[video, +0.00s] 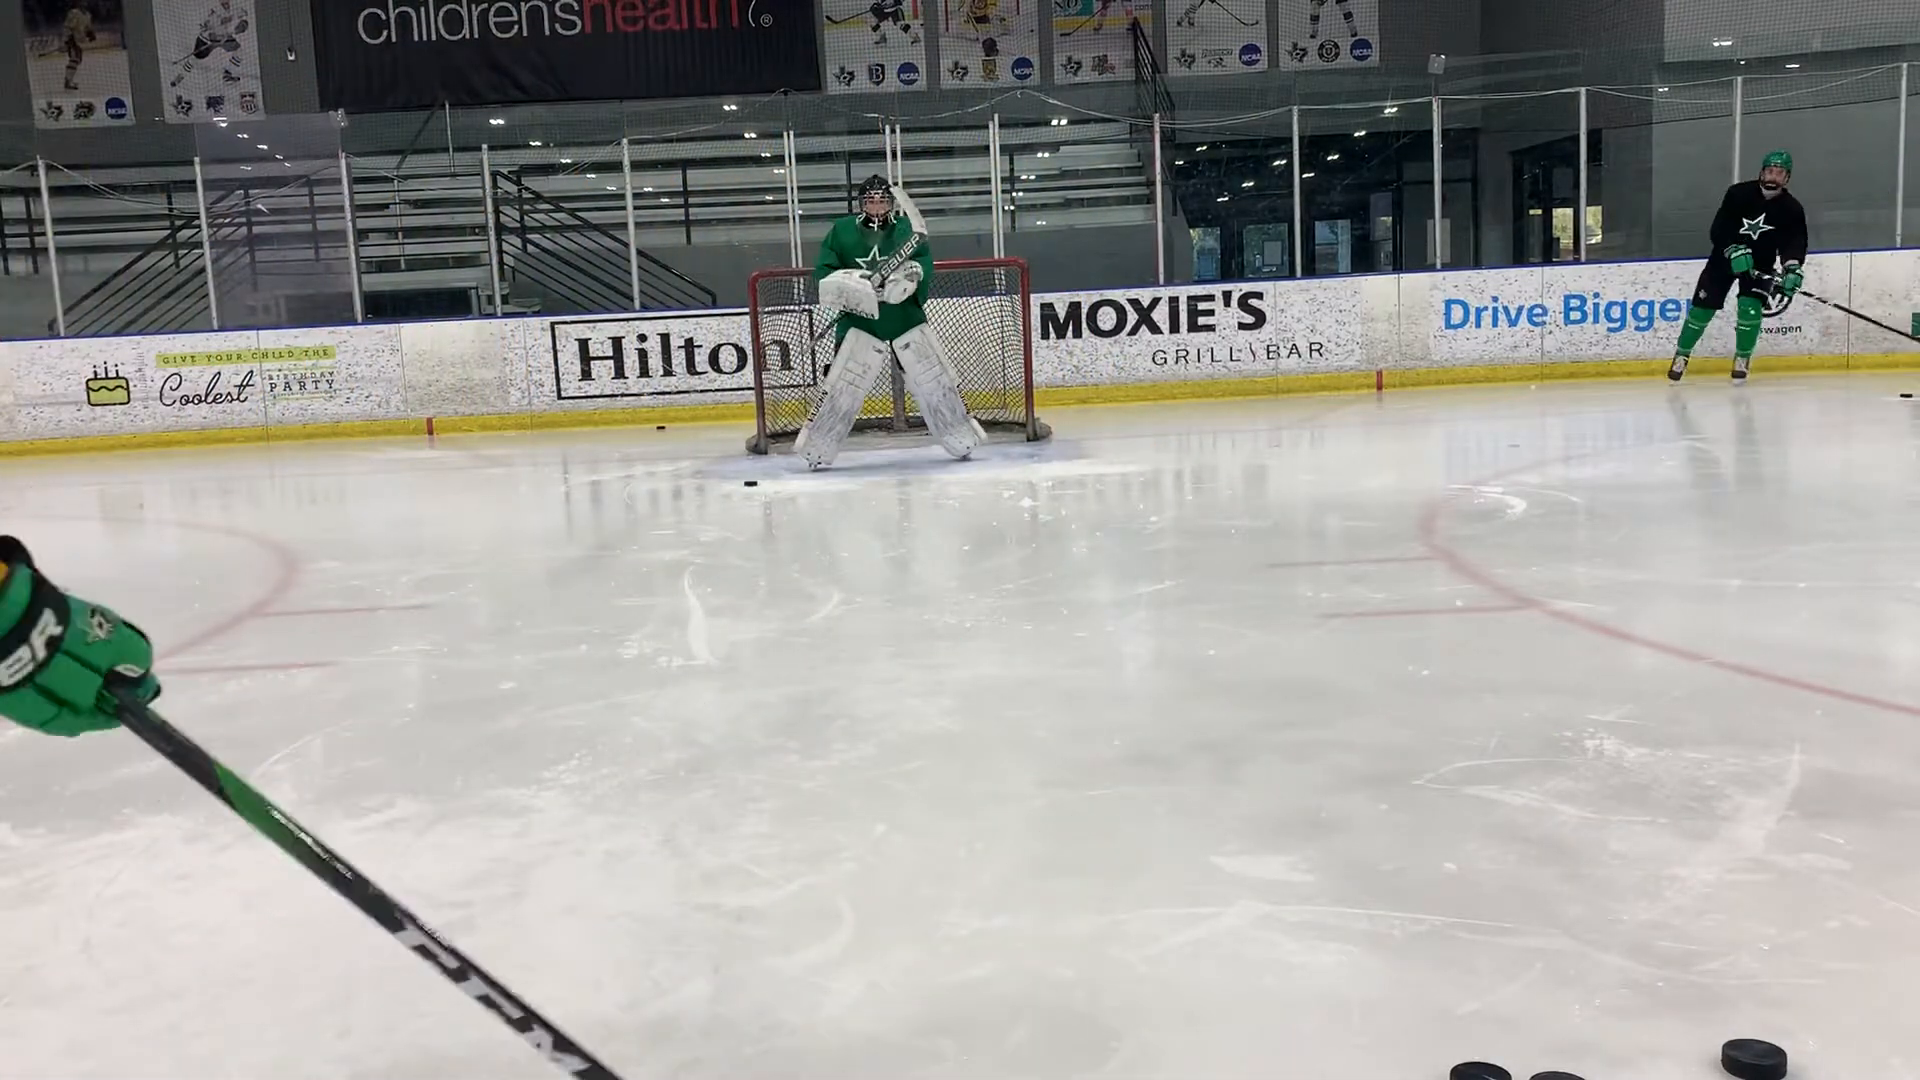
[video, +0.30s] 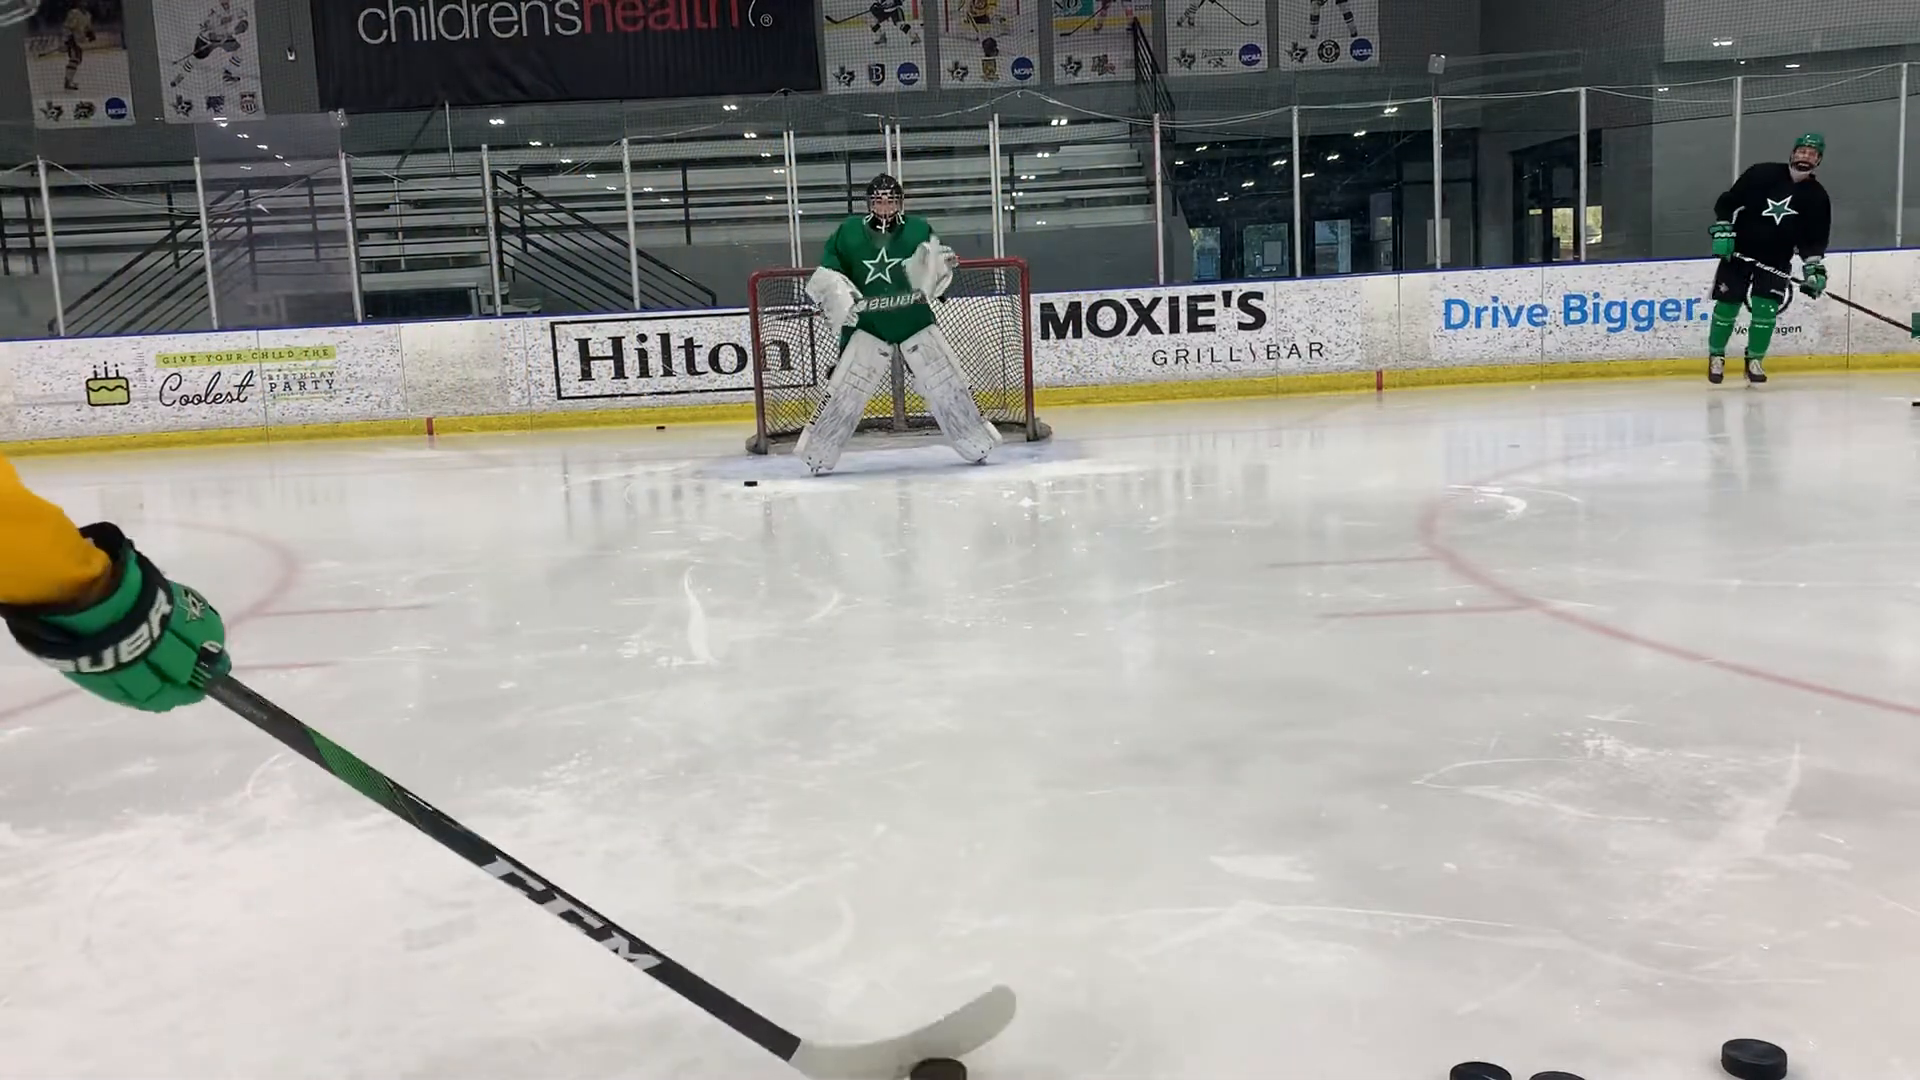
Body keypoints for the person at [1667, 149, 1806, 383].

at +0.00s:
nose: (1772, 176)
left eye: (1779, 172)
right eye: (1769, 170)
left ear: (1786, 177)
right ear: (1762, 172)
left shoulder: (1792, 208)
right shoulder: (1738, 193)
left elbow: (1795, 244)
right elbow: (1718, 230)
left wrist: (1792, 270)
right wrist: (1732, 250)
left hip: (1761, 262)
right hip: (1727, 255)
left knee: (1749, 308)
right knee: (1703, 306)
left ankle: (1742, 358)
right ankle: (1682, 355)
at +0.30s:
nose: (1805, 157)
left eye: (1812, 154)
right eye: (1801, 151)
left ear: (1818, 161)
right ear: (1793, 153)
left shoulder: (1817, 197)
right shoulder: (1762, 174)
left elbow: (1814, 238)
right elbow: (1727, 202)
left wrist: (1814, 268)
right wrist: (1722, 229)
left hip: (1776, 257)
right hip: (1741, 249)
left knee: (1766, 309)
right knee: (1727, 304)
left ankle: (1754, 360)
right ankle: (1716, 355)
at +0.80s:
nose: (1852, 139)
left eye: (1857, 135)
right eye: (1847, 134)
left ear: (1864, 141)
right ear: (1836, 139)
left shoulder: (1872, 178)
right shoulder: (1810, 166)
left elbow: (1873, 215)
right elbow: (1779, 198)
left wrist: (1867, 241)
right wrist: (1766, 228)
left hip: (1844, 253)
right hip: (1809, 249)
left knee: (1831, 309)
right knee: (1814, 303)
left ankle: (1807, 363)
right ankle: (1815, 358)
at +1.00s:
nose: (1878, 132)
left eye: (1883, 128)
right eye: (1872, 129)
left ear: (1891, 133)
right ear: (1862, 134)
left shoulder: (1904, 170)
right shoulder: (1839, 164)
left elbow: (1910, 205)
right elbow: (1815, 203)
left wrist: (1911, 226)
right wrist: (1806, 235)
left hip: (1883, 246)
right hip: (1847, 246)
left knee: (1863, 307)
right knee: (1860, 302)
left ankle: (1840, 365)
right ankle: (1870, 362)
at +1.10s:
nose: (1893, 129)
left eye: (1898, 125)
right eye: (1887, 126)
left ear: (1905, 129)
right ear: (1877, 132)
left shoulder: (1914, 162)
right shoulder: (1857, 161)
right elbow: (1834, 200)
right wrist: (1827, 237)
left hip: (1902, 245)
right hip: (1868, 245)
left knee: (1883, 306)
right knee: (1882, 305)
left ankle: (1864, 366)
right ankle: (1887, 368)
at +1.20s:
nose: (1910, 123)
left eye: (1913, 117)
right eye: (1903, 120)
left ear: (1919, 123)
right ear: (1893, 128)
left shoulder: (1916, 157)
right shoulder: (1878, 156)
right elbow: (1852, 198)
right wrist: (1847, 233)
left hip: (1913, 241)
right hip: (1890, 242)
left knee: (1908, 304)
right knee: (1902, 304)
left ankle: (1892, 365)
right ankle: (1892, 368)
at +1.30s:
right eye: (1917, 119)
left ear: (1917, 123)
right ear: (1910, 123)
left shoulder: (1900, 155)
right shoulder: (1897, 155)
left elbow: (1870, 195)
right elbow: (1869, 195)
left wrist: (1868, 235)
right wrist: (1867, 235)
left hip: (1913, 246)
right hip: (1906, 244)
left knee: (1913, 307)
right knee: (1912, 306)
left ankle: (1912, 371)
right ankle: (1912, 371)